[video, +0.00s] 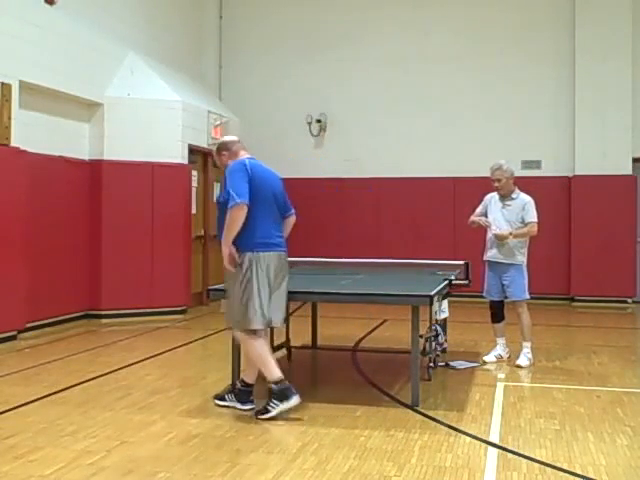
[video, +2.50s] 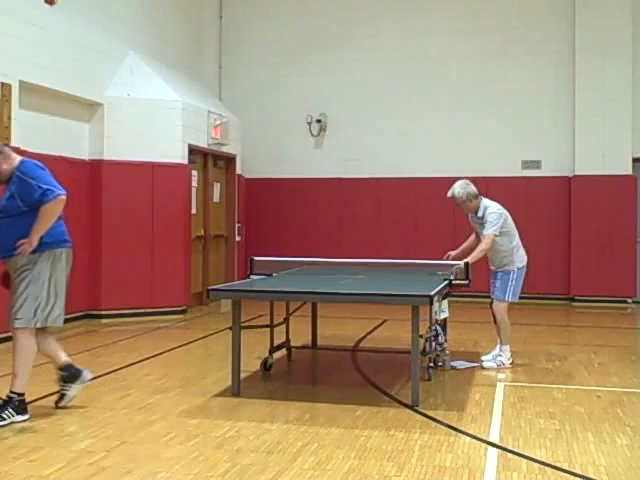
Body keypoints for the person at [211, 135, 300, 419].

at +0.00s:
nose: (222, 166)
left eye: (220, 162)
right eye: (220, 163)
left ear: (224, 155)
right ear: (243, 150)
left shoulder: (236, 167)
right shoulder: (270, 173)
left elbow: (239, 204)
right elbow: (290, 215)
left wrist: (226, 243)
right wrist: (273, 245)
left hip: (252, 255)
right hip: (276, 254)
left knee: (244, 327)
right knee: (259, 328)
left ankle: (281, 390)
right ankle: (244, 391)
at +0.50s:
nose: (183, 170)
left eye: (181, 166)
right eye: (181, 167)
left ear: (187, 157)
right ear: (204, 152)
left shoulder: (199, 165)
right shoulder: (232, 173)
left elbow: (208, 188)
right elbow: (256, 208)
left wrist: (194, 219)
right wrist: (240, 237)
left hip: (213, 251)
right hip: (241, 251)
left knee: (194, 323)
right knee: (235, 322)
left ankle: (168, 390)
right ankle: (241, 390)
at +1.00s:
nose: (136, 167)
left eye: (134, 162)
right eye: (134, 163)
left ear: (140, 153)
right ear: (157, 147)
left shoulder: (154, 166)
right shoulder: (188, 170)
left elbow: (147, 199)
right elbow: (199, 212)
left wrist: (139, 231)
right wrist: (191, 237)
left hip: (165, 248)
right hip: (190, 247)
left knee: (166, 323)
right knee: (175, 320)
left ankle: (163, 392)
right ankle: (189, 373)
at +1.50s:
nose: (86, 178)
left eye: (84, 173)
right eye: (83, 174)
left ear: (92, 162)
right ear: (100, 156)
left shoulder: (111, 169)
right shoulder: (129, 169)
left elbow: (126, 193)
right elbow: (157, 210)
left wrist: (114, 233)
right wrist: (157, 244)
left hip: (137, 251)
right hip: (140, 250)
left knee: (145, 323)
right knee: (117, 319)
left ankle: (162, 393)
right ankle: (101, 386)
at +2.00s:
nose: (47, 173)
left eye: (45, 167)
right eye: (44, 170)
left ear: (54, 155)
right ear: (57, 153)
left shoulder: (76, 163)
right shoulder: (71, 176)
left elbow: (97, 188)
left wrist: (76, 228)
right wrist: (60, 248)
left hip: (89, 247)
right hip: (100, 248)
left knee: (49, 313)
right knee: (90, 320)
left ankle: (66, 386)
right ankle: (95, 389)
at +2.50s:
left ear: (5, 157)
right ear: (6, 157)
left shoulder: (26, 170)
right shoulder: (12, 181)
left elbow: (56, 198)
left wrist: (33, 237)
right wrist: (10, 258)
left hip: (43, 254)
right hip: (26, 257)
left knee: (24, 325)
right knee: (31, 325)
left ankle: (16, 401)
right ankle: (70, 371)